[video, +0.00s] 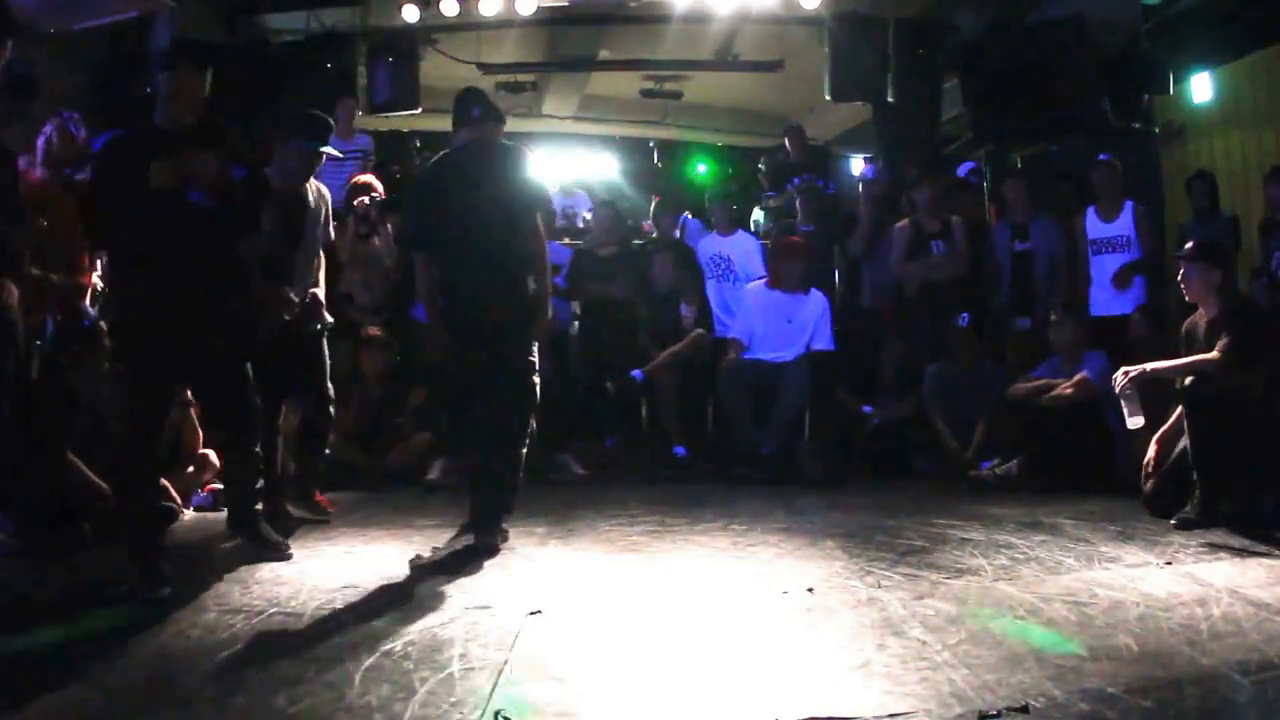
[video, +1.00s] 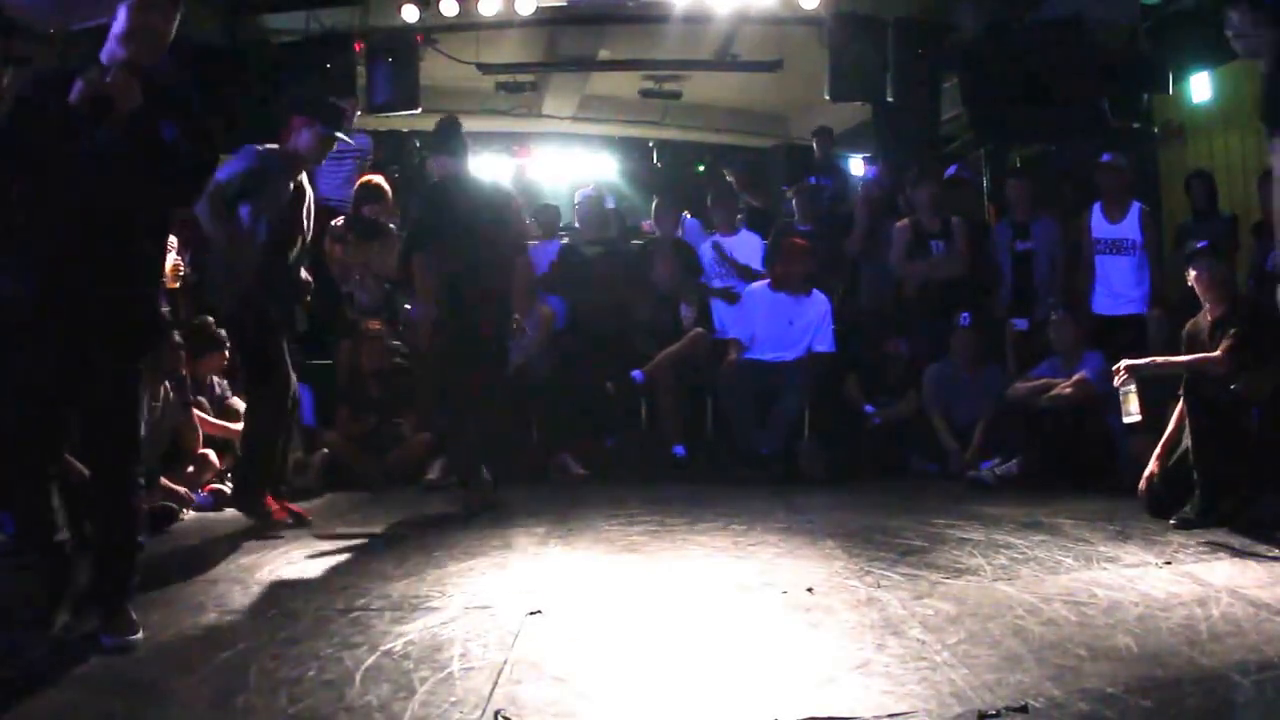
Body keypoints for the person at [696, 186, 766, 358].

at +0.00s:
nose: (717, 214)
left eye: (721, 208)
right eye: (713, 209)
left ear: (731, 210)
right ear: (709, 212)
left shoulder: (749, 243)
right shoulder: (703, 246)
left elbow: (760, 286)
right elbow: (702, 284)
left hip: (749, 326)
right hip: (719, 327)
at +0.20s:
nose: (716, 218)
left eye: (721, 211)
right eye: (712, 212)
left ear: (733, 212)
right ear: (709, 214)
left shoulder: (750, 243)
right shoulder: (704, 246)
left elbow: (761, 283)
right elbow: (706, 283)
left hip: (748, 321)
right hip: (719, 322)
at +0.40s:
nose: (719, 213)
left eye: (724, 207)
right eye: (715, 207)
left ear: (735, 210)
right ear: (710, 211)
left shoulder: (750, 242)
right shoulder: (704, 247)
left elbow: (762, 282)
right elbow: (706, 285)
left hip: (750, 322)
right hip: (720, 323)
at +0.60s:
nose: (716, 212)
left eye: (721, 206)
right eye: (712, 207)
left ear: (733, 208)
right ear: (709, 210)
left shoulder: (750, 241)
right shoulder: (705, 246)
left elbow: (760, 279)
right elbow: (702, 282)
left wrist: (736, 301)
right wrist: (717, 298)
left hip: (750, 316)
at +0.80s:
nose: (723, 213)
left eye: (727, 208)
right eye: (719, 208)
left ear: (735, 208)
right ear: (711, 212)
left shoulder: (753, 242)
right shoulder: (705, 247)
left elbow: (763, 276)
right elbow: (699, 283)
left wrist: (739, 287)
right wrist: (721, 290)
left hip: (754, 323)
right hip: (722, 326)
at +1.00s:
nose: (720, 213)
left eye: (725, 207)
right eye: (715, 207)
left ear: (735, 208)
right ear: (710, 210)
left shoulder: (754, 242)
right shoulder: (706, 248)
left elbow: (761, 279)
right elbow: (697, 283)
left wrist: (728, 259)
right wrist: (719, 293)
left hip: (756, 322)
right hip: (723, 325)